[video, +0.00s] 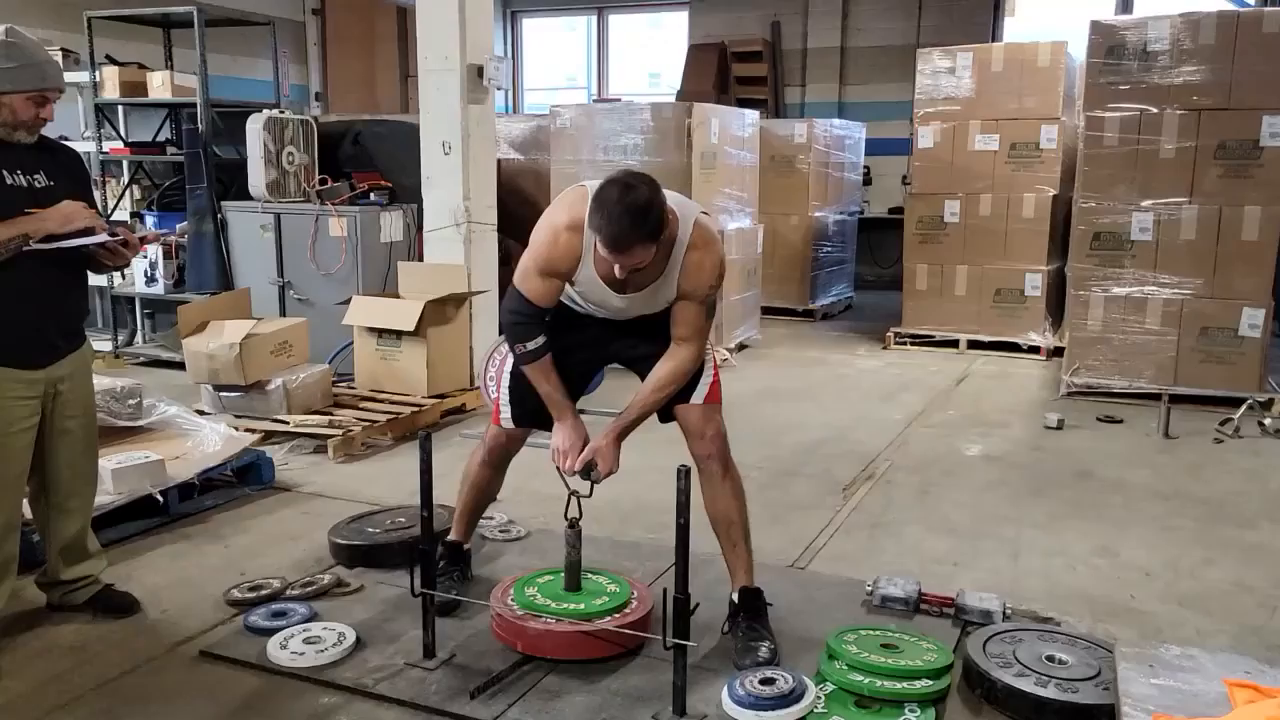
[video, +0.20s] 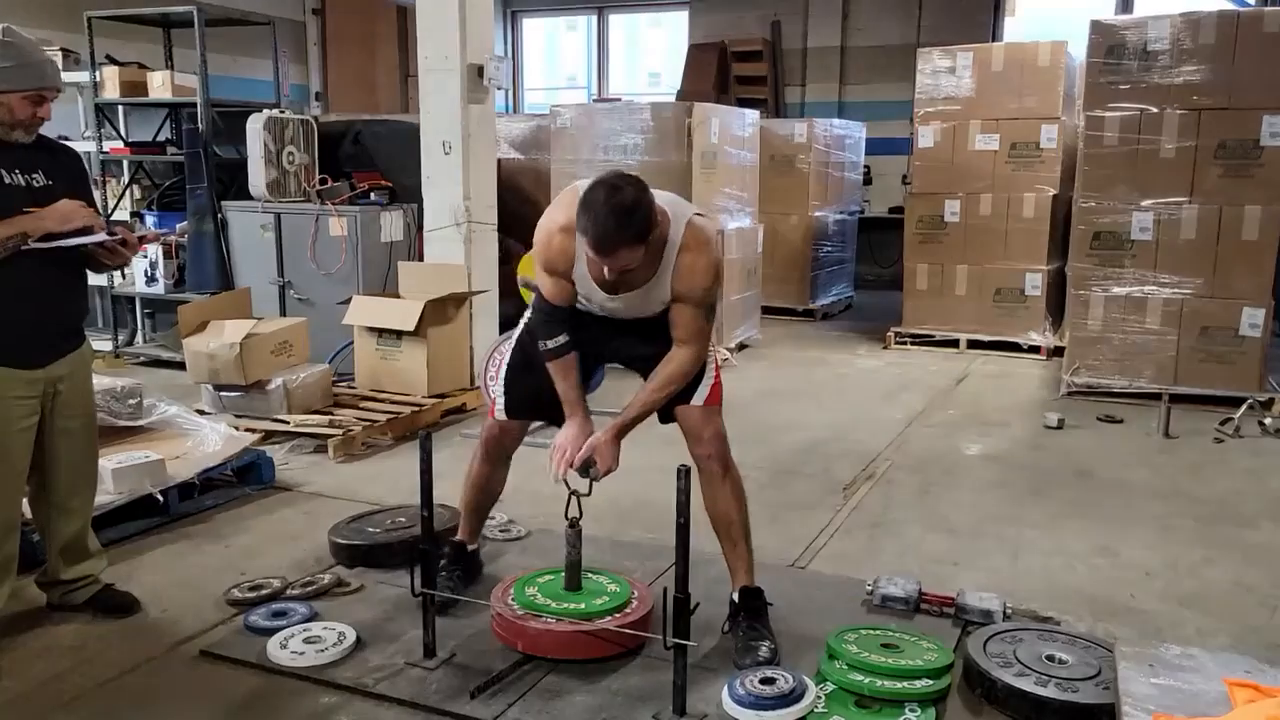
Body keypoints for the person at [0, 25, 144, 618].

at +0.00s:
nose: (49, 112)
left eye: (53, 100)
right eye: (38, 100)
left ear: (53, 97)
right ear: (3, 94)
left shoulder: (65, 161)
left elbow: (88, 251)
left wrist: (115, 255)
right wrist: (40, 221)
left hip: (68, 351)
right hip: (7, 360)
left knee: (72, 476)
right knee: (6, 493)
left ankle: (73, 583)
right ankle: (2, 599)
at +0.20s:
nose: (46, 111)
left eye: (50, 99)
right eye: (36, 99)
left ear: (50, 96)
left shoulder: (64, 160)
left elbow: (88, 249)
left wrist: (114, 254)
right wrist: (39, 221)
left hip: (67, 352)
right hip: (6, 361)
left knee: (71, 477)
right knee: (6, 493)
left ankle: (74, 583)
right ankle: (2, 599)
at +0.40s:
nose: (42, 110)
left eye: (47, 99)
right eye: (32, 99)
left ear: (48, 96)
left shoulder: (63, 159)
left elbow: (85, 249)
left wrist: (111, 253)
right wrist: (37, 220)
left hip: (65, 350)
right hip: (6, 359)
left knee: (70, 476)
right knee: (7, 491)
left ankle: (74, 582)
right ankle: (1, 601)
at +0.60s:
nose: (39, 110)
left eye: (44, 99)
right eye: (27, 99)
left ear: (47, 95)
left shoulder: (62, 158)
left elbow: (85, 243)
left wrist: (109, 252)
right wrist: (37, 218)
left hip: (65, 348)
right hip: (6, 357)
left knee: (70, 475)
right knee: (8, 490)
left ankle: (74, 582)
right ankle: (3, 599)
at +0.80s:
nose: (38, 110)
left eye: (43, 98)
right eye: (27, 98)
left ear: (45, 95)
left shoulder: (60, 158)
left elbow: (87, 241)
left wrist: (109, 251)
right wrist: (37, 217)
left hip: (64, 348)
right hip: (5, 357)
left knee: (70, 475)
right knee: (6, 490)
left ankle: (74, 581)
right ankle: (3, 598)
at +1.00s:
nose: (36, 109)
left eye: (41, 98)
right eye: (25, 98)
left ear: (44, 95)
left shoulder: (60, 158)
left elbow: (87, 241)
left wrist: (108, 251)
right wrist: (37, 218)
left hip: (64, 348)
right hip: (6, 357)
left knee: (70, 474)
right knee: (7, 490)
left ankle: (74, 581)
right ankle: (5, 598)